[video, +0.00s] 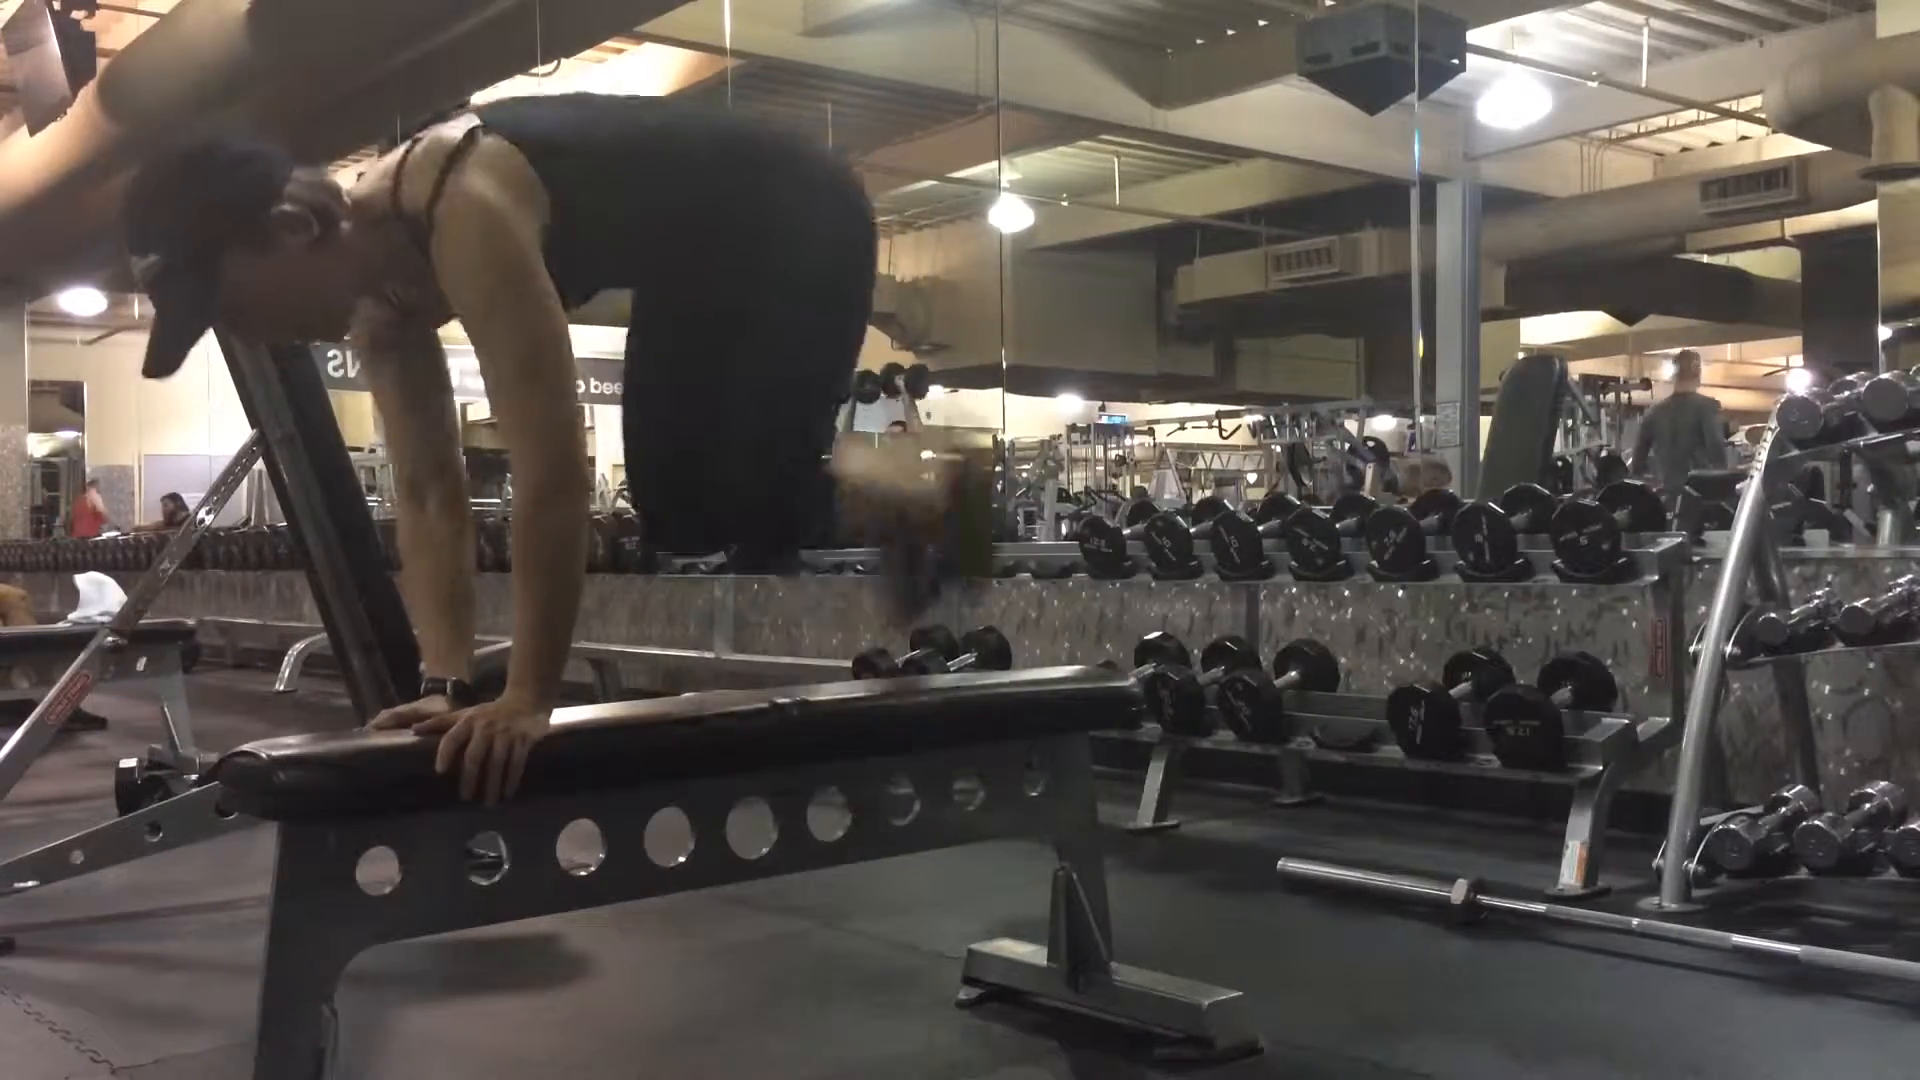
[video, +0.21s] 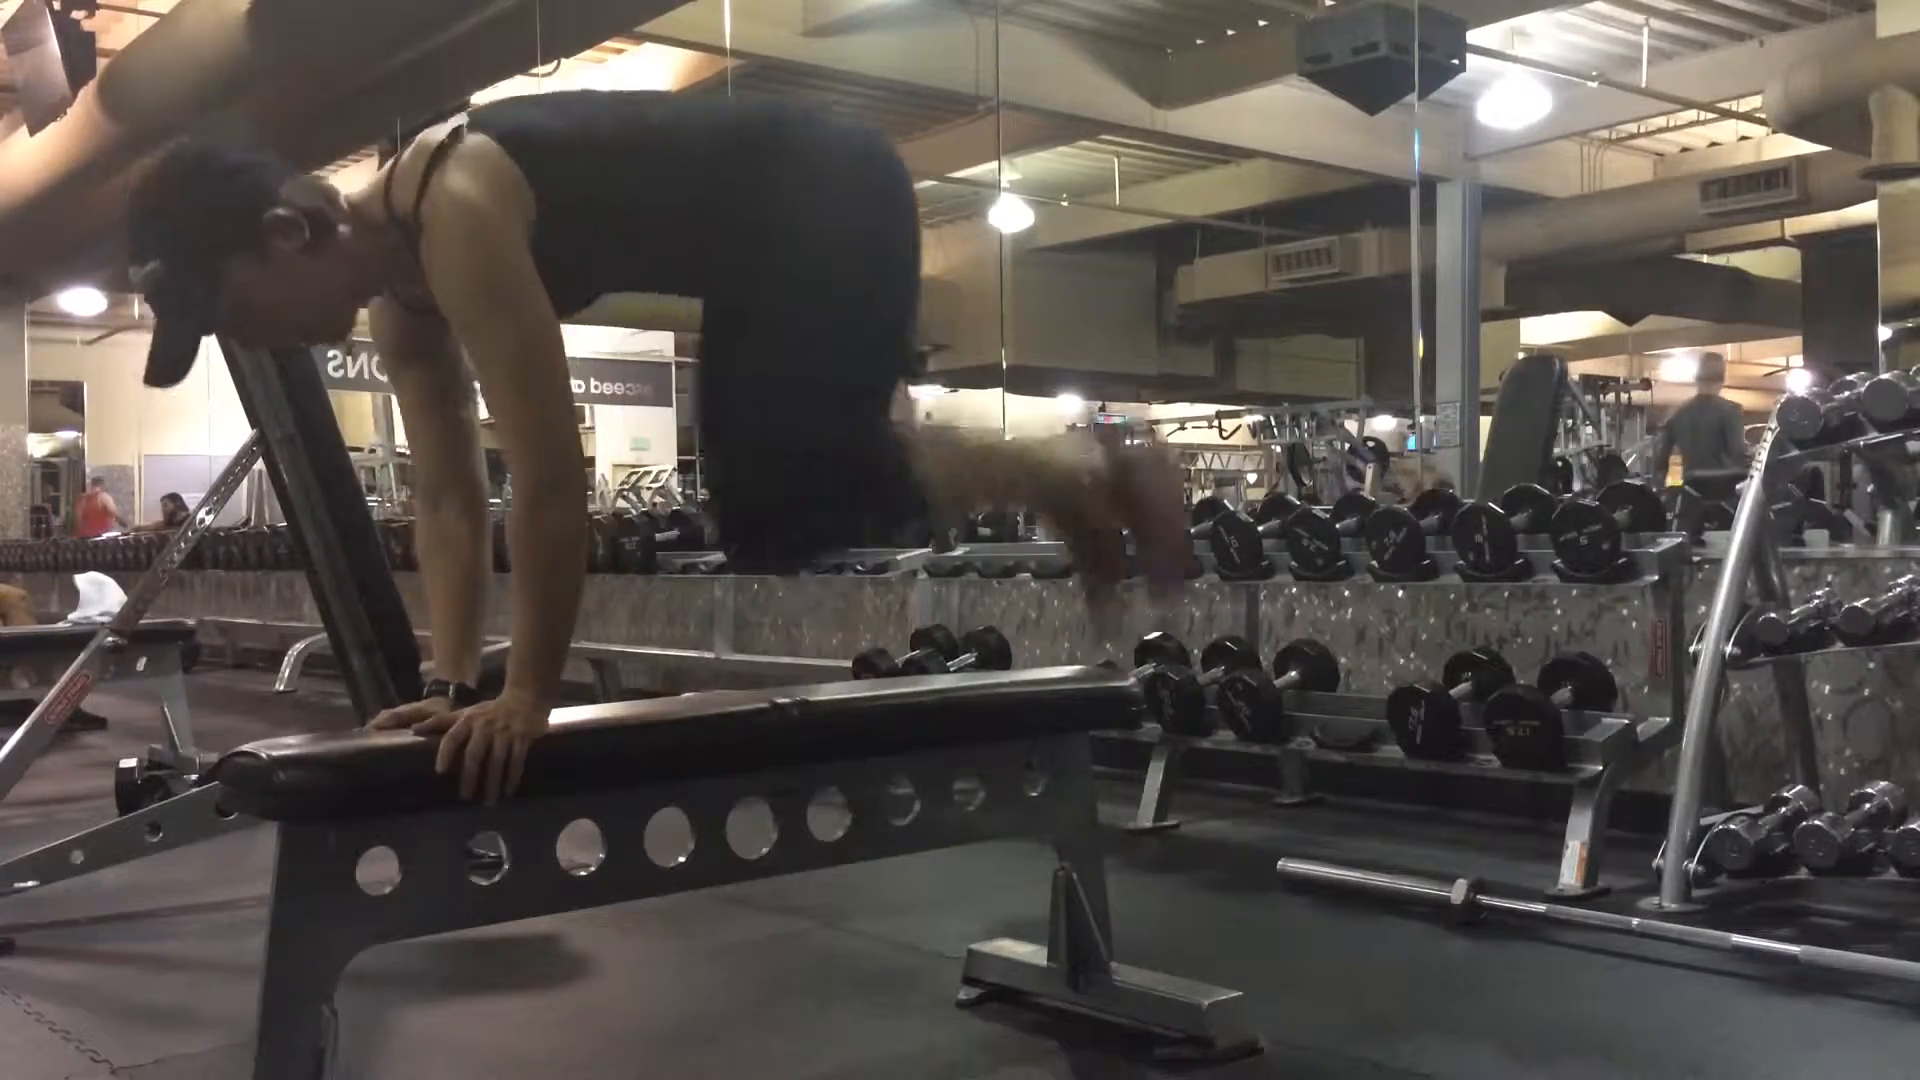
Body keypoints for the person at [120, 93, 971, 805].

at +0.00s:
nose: (262, 339)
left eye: (245, 310)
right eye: (235, 326)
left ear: (298, 227)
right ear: (295, 231)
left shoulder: (472, 211)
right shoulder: (380, 277)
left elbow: (555, 469)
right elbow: (424, 486)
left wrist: (526, 698)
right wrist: (444, 684)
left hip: (797, 215)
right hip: (696, 252)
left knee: (740, 495)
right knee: (675, 499)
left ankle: (931, 502)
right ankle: (886, 497)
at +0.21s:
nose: (264, 336)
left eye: (245, 314)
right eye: (242, 328)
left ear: (284, 230)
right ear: (286, 231)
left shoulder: (460, 207)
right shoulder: (394, 280)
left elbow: (549, 468)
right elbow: (444, 483)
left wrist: (527, 691)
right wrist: (451, 675)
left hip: (822, 184)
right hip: (754, 238)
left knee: (798, 487)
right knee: (765, 512)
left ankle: (1079, 455)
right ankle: (1049, 465)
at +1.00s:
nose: (237, 329)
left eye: (228, 297)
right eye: (216, 312)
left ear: (284, 220)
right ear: (284, 222)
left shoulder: (470, 213)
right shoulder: (354, 310)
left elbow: (561, 473)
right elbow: (414, 492)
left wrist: (527, 694)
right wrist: (447, 682)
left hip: (747, 294)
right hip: (632, 327)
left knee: (647, 576)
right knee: (599, 572)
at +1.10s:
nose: (252, 327)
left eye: (243, 293)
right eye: (230, 312)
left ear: (301, 220)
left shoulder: (499, 246)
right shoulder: (348, 333)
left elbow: (615, 490)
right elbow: (414, 500)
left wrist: (535, 693)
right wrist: (445, 683)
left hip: (703, 433)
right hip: (583, 450)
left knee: (632, 686)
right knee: (561, 691)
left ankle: (687, 900)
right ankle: (624, 900)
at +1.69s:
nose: (229, 331)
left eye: (208, 304)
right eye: (203, 323)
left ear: (243, 215)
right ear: (242, 221)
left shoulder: (428, 204)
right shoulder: (360, 276)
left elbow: (535, 451)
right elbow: (423, 486)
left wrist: (523, 691)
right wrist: (446, 684)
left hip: (801, 215)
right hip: (730, 270)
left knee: (784, 522)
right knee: (740, 542)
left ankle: (1076, 525)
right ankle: (1027, 561)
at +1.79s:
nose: (227, 309)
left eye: (206, 280)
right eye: (201, 299)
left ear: (246, 195)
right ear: (247, 200)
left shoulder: (433, 215)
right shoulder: (375, 258)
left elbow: (535, 464)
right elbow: (438, 476)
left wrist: (525, 691)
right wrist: (443, 675)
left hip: (831, 290)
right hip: (773, 333)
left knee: (901, 617)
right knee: (855, 643)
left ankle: (1146, 813)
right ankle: (1090, 844)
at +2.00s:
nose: (278, 319)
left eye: (261, 290)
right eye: (256, 304)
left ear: (298, 221)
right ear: (291, 233)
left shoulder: (483, 244)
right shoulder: (427, 294)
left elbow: (577, 493)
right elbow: (493, 499)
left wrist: (529, 698)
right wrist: (459, 674)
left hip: (867, 423)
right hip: (816, 449)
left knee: (986, 738)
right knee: (939, 749)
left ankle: (1180, 1009)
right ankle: (1112, 982)